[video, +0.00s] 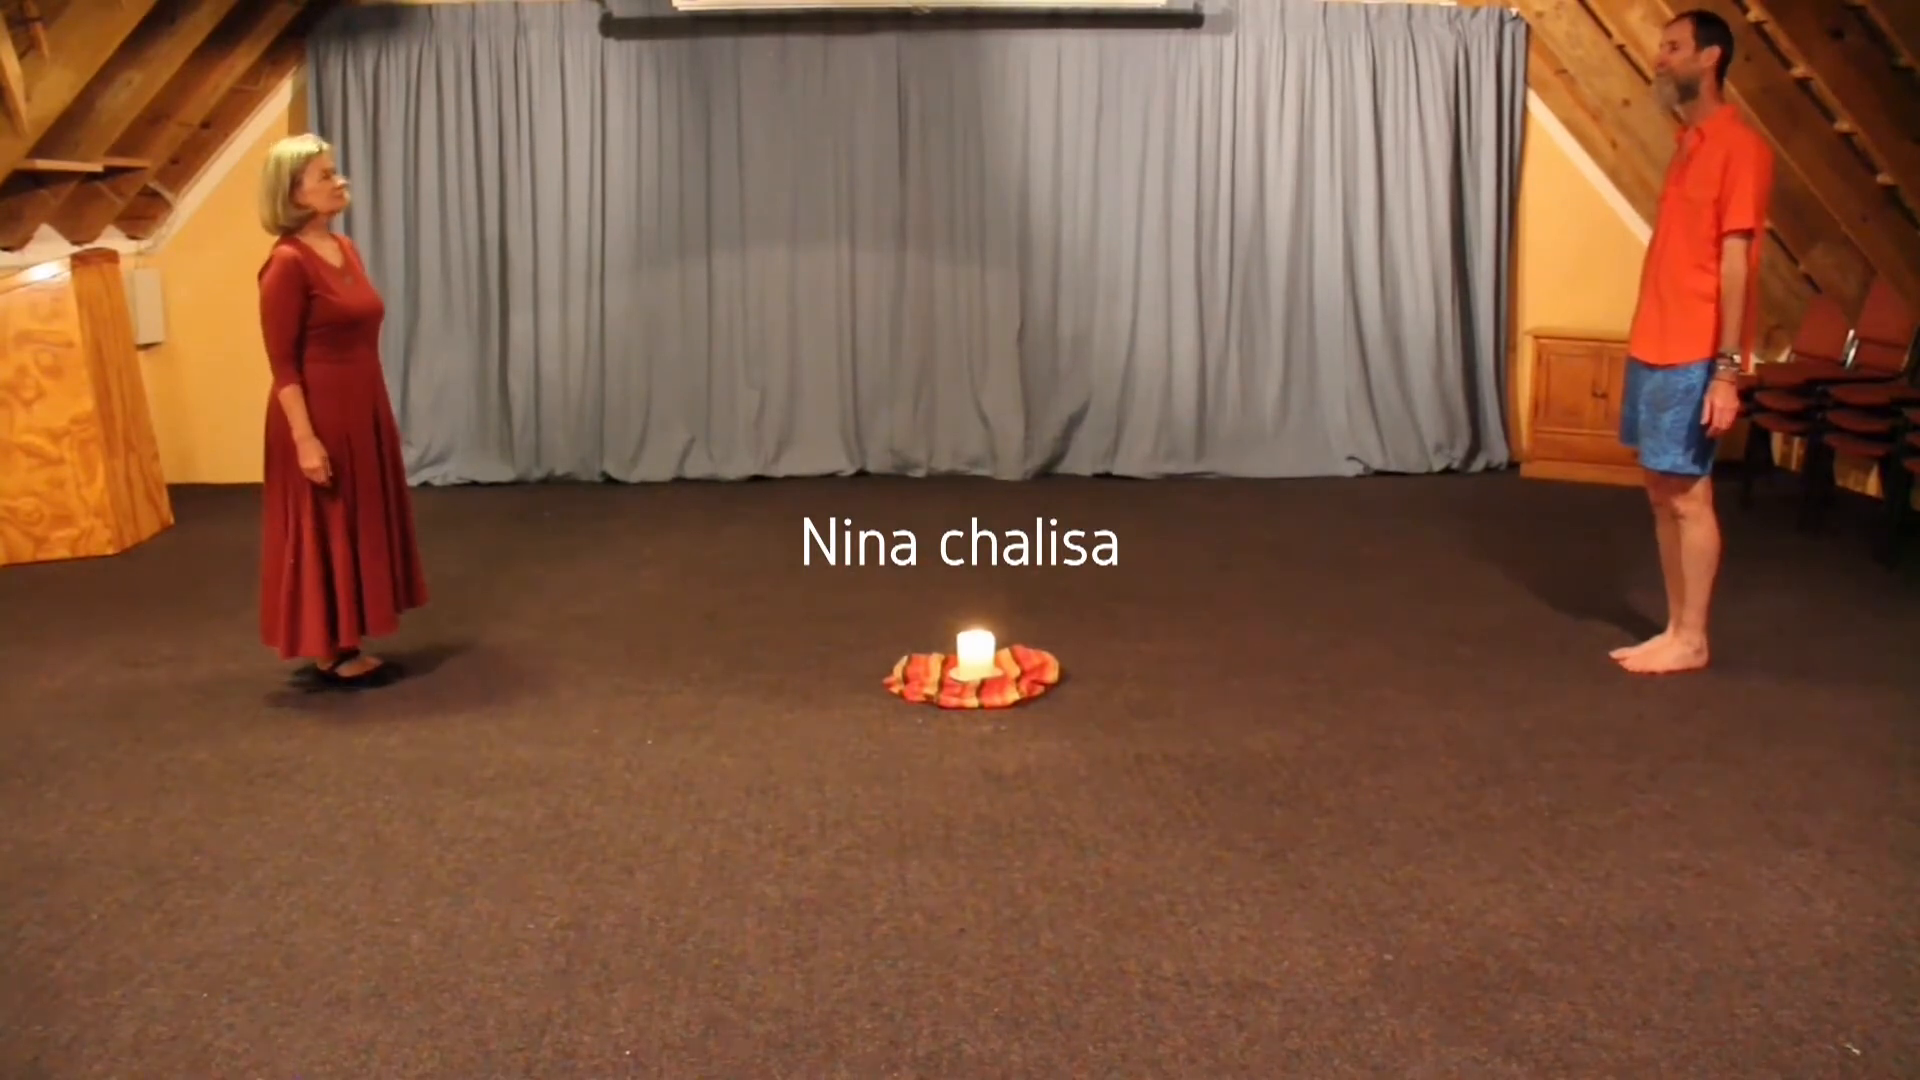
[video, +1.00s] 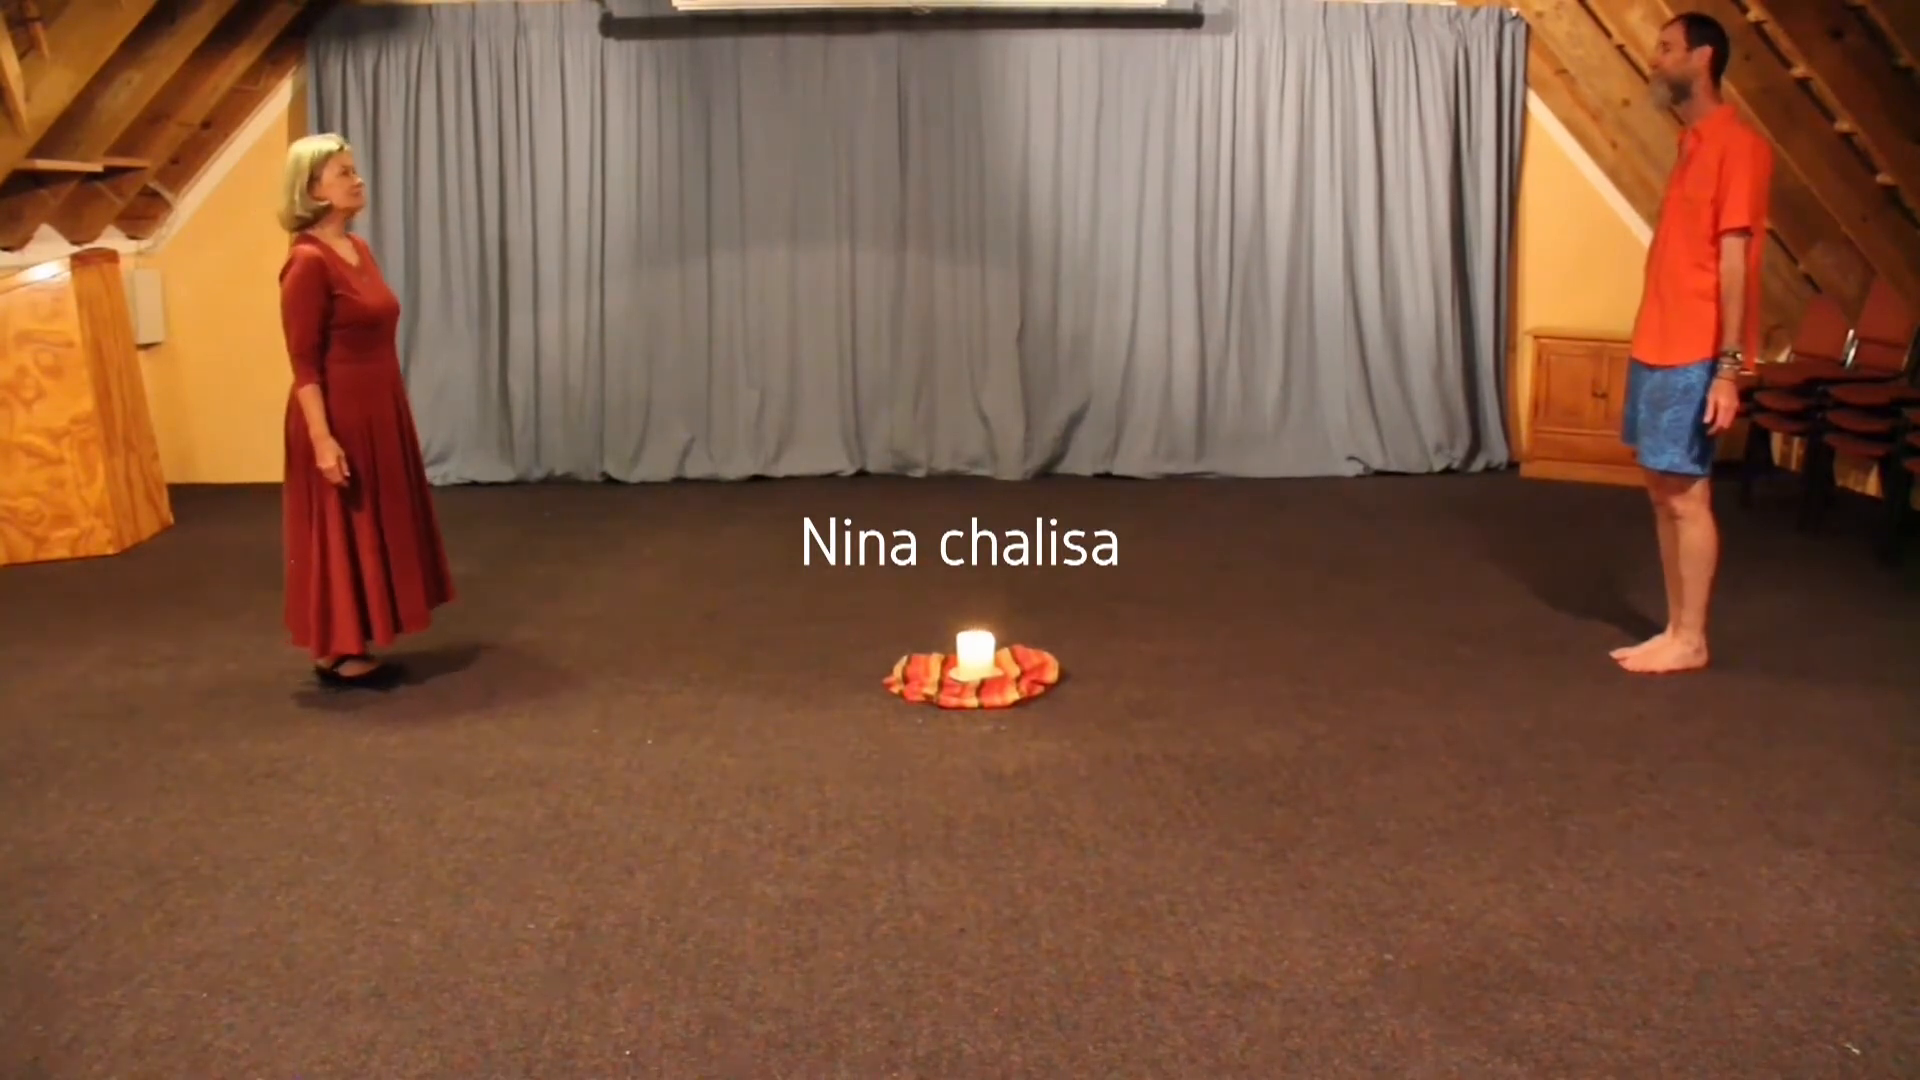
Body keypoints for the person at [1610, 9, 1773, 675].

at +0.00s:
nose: (1659, 58)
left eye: (1672, 46)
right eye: (1661, 46)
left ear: (1710, 57)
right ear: (1692, 58)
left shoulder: (1740, 143)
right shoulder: (1694, 139)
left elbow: (1737, 259)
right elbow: (1687, 251)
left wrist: (1727, 367)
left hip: (1693, 356)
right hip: (1655, 349)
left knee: (1688, 497)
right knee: (1662, 493)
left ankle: (1692, 639)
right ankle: (1677, 630)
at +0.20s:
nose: (1658, 62)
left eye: (1670, 50)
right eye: (1658, 50)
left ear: (1710, 58)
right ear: (1692, 60)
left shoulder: (1741, 142)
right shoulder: (1695, 140)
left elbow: (1738, 258)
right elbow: (1688, 252)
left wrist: (1728, 366)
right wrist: (1654, 344)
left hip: (1694, 355)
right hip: (1657, 349)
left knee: (1688, 496)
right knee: (1663, 493)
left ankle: (1692, 639)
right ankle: (1677, 630)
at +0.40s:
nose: (1658, 63)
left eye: (1670, 52)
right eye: (1658, 52)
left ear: (1708, 58)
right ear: (1693, 59)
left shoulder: (1742, 143)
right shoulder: (1696, 141)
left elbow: (1739, 258)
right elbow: (1692, 252)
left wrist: (1731, 365)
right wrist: (1657, 344)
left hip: (1695, 355)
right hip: (1658, 349)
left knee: (1689, 496)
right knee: (1663, 492)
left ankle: (1692, 639)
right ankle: (1677, 630)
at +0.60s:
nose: (1657, 63)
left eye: (1669, 51)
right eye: (1657, 51)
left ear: (1707, 58)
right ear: (1694, 60)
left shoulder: (1742, 143)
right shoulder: (1697, 141)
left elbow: (1740, 257)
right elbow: (1696, 253)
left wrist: (1733, 366)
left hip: (1695, 355)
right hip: (1658, 349)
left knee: (1686, 497)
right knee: (1662, 492)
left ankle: (1692, 639)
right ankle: (1677, 630)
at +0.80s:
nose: (1655, 63)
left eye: (1667, 51)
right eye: (1656, 51)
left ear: (1706, 59)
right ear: (1695, 60)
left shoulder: (1741, 143)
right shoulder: (1697, 142)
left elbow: (1739, 258)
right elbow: (1697, 253)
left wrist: (1732, 365)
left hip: (1695, 354)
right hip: (1659, 348)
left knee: (1684, 496)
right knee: (1661, 491)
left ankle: (1692, 639)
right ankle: (1677, 630)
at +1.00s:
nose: (1654, 61)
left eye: (1665, 49)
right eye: (1655, 49)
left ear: (1704, 58)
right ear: (1694, 59)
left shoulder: (1737, 142)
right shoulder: (1696, 141)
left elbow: (1735, 257)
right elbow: (1697, 254)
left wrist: (1728, 364)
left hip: (1694, 355)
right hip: (1659, 349)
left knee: (1686, 496)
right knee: (1663, 492)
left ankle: (1691, 639)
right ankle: (1677, 630)